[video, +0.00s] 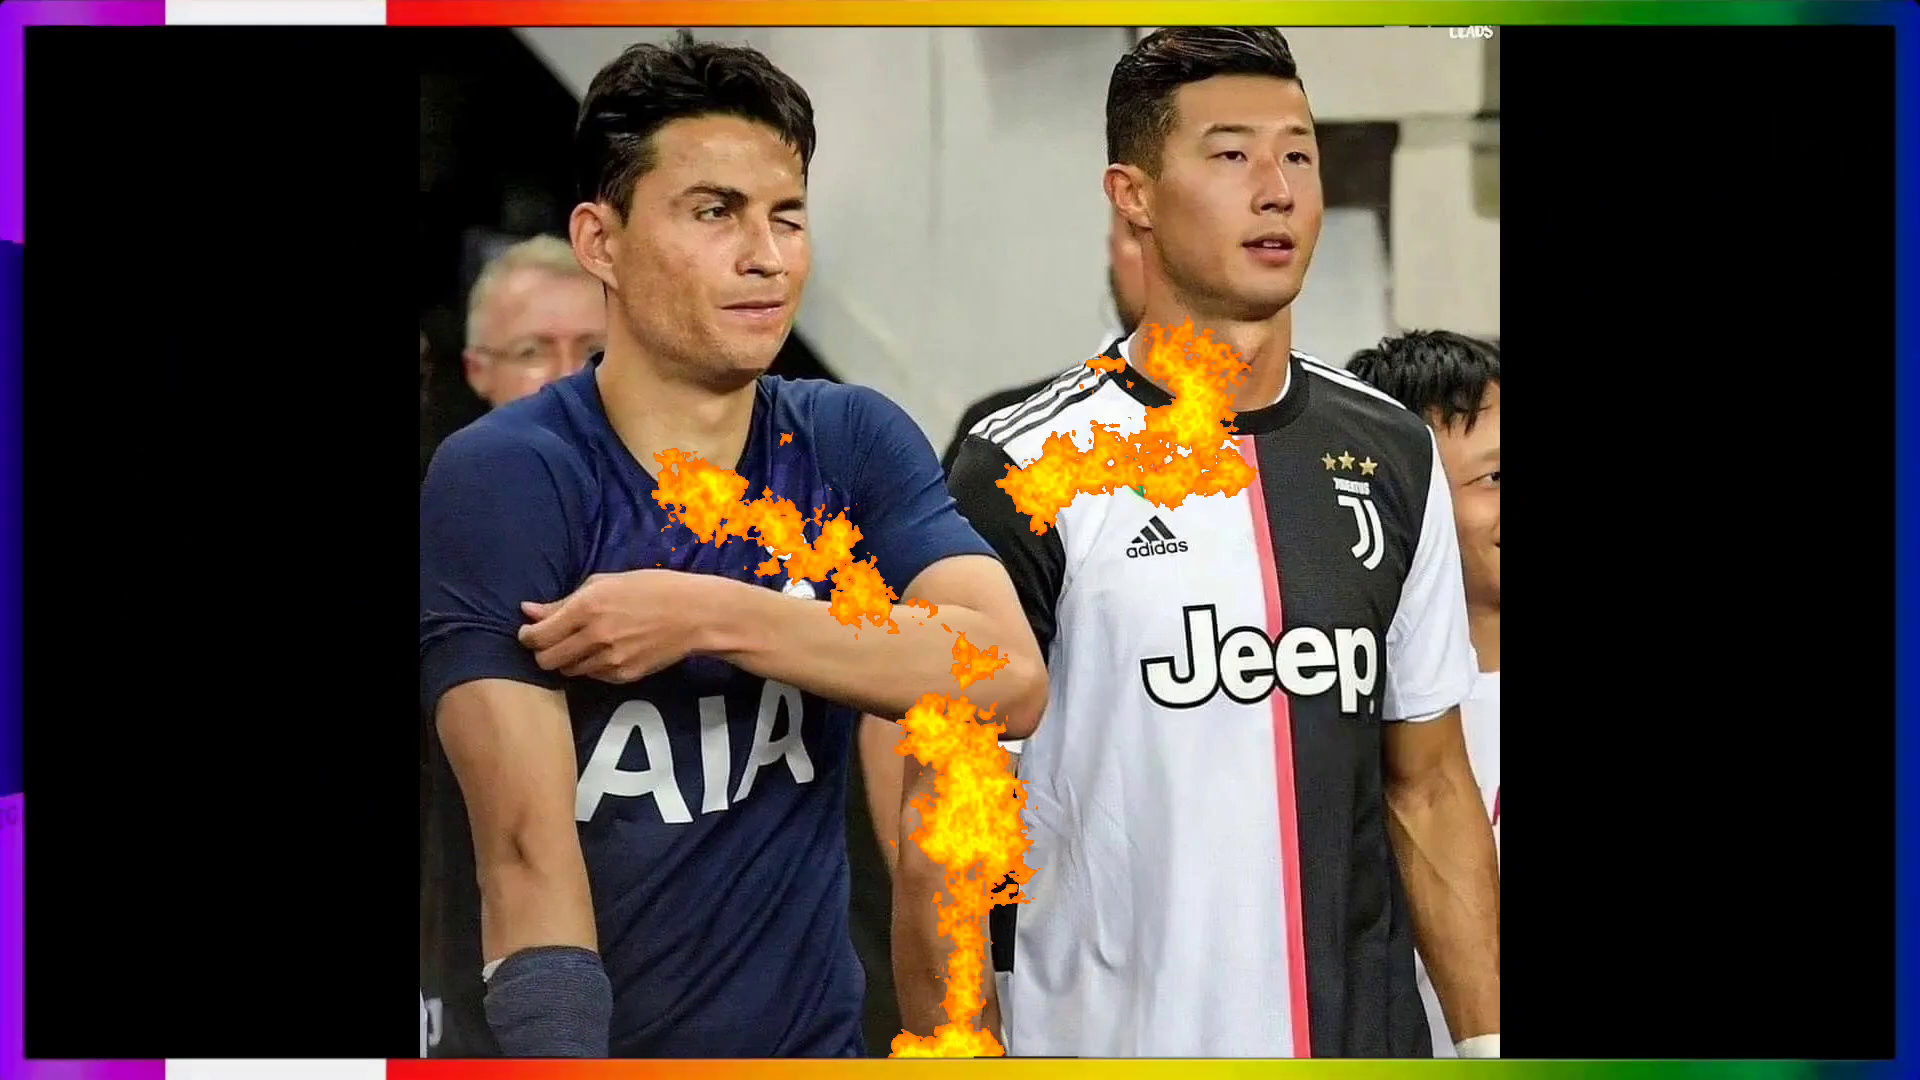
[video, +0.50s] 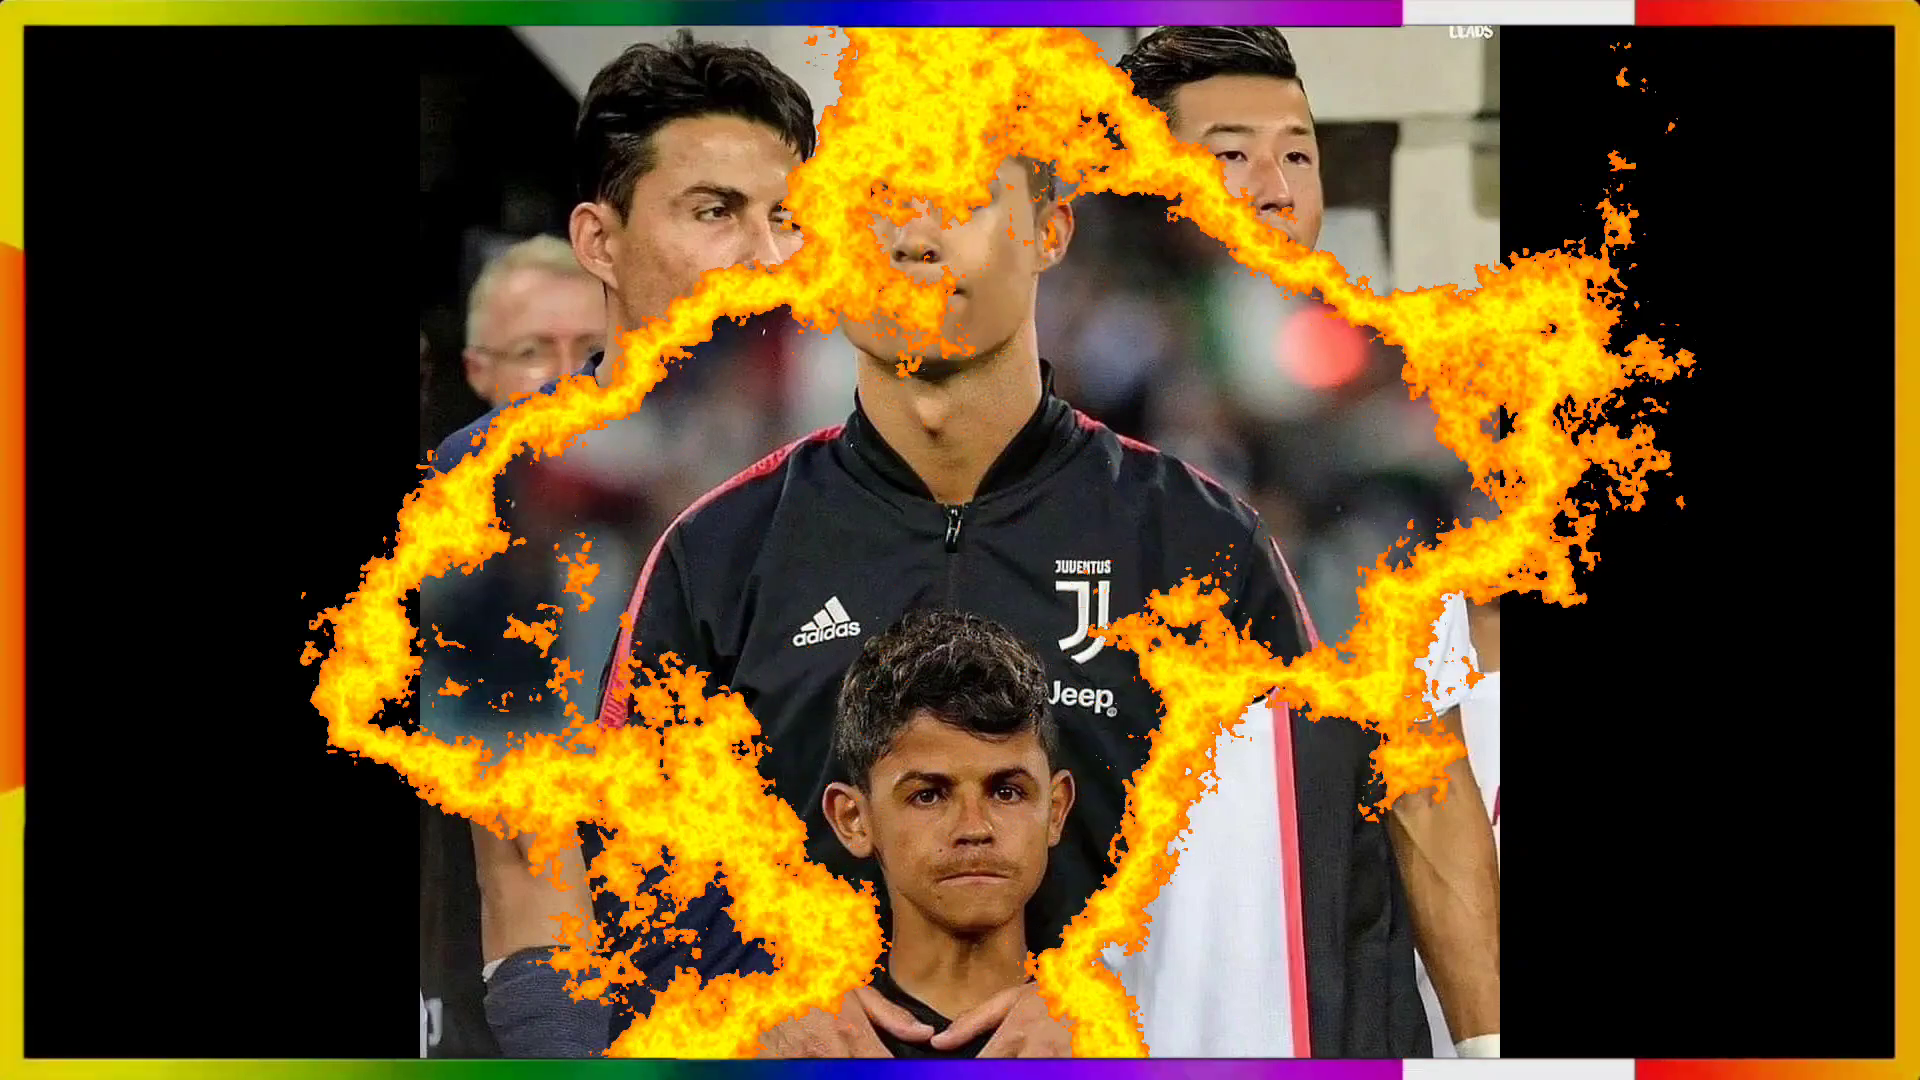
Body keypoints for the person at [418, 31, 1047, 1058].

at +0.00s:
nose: (766, 257)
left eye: (786, 218)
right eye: (712, 213)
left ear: (809, 237)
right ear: (601, 241)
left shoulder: (859, 437)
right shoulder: (500, 476)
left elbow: (1011, 679)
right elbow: (525, 852)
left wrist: (717, 615)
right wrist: (560, 1061)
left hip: (810, 1041)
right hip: (598, 1038)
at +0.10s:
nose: (766, 258)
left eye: (787, 219)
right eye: (715, 212)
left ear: (811, 237)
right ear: (600, 241)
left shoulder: (864, 438)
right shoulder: (500, 476)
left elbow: (995, 662)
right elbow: (526, 852)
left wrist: (709, 620)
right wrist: (561, 1066)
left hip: (816, 1040)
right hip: (604, 1040)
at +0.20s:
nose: (767, 260)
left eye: (787, 219)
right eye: (715, 212)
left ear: (811, 236)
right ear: (600, 241)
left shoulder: (846, 453)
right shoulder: (497, 475)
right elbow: (524, 855)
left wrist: (708, 619)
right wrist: (560, 1060)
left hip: (813, 1037)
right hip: (602, 1037)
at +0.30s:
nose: (766, 259)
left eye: (788, 220)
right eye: (714, 212)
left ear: (811, 238)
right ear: (600, 241)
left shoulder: (857, 453)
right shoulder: (492, 477)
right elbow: (524, 845)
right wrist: (560, 1053)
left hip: (841, 1030)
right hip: (614, 1034)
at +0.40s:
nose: (766, 256)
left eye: (786, 219)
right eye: (713, 211)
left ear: (807, 238)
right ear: (598, 240)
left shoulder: (836, 451)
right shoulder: (494, 475)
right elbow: (522, 844)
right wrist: (569, 1048)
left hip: (846, 1005)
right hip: (610, 1017)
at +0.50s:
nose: (766, 257)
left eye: (787, 218)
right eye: (714, 211)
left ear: (809, 234)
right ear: (598, 239)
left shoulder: (830, 461)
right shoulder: (497, 478)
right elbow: (527, 856)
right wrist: (571, 1047)